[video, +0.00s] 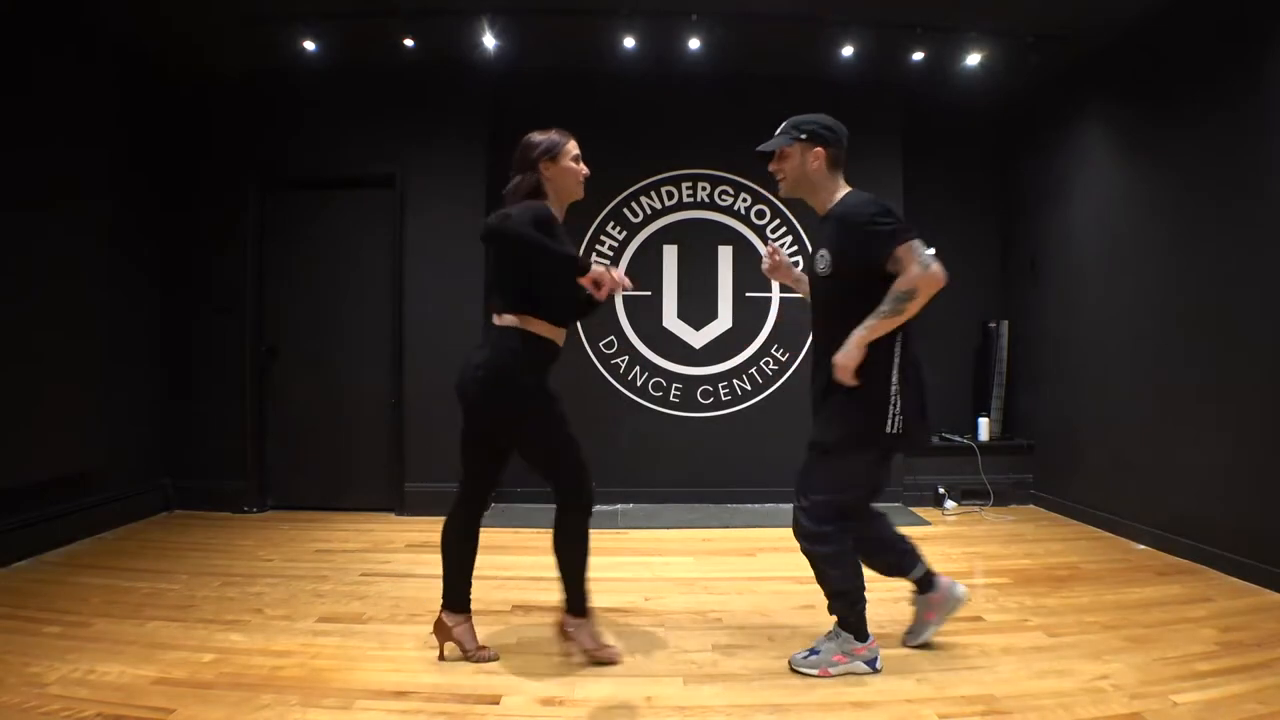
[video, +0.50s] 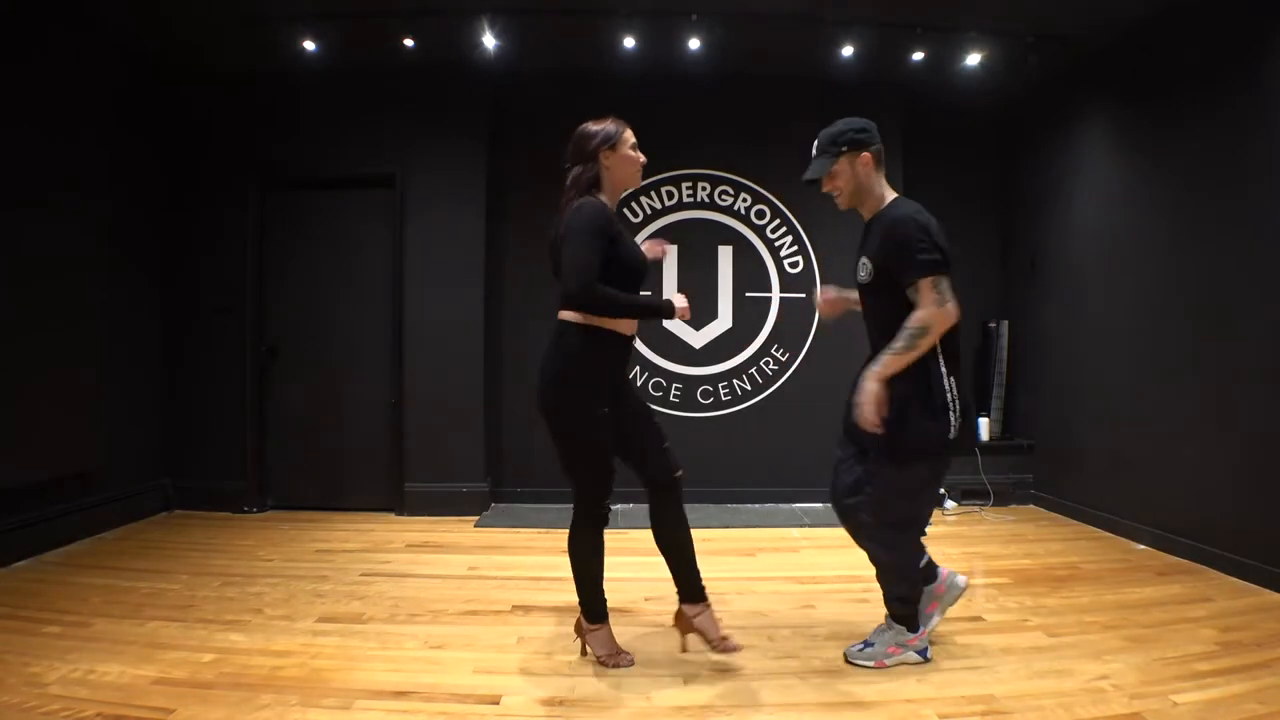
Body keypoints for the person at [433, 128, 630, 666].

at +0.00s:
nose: (585, 169)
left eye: (583, 160)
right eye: (575, 160)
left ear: (556, 172)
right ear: (544, 169)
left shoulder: (551, 230)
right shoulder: (526, 214)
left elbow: (562, 312)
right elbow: (497, 230)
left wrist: (595, 291)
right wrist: (582, 273)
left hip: (510, 369)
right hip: (511, 370)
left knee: (473, 494)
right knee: (575, 488)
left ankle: (453, 614)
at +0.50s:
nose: (642, 158)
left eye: (639, 149)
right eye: (632, 149)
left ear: (607, 162)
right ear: (603, 160)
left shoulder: (605, 215)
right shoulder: (587, 215)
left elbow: (604, 275)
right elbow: (579, 289)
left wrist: (638, 252)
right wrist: (664, 307)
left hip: (609, 372)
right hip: (577, 374)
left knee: (665, 479)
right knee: (592, 498)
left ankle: (694, 605)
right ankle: (593, 621)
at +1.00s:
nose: (624, 169)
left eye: (622, 160)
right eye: (614, 160)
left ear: (593, 167)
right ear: (583, 166)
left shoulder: (598, 229)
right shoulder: (558, 224)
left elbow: (593, 322)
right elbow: (590, 298)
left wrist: (619, 382)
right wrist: (641, 254)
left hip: (603, 381)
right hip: (569, 382)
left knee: (644, 503)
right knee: (611, 518)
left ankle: (655, 632)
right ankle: (541, 642)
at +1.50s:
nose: (520, 157)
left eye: (517, 148)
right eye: (509, 148)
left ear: (485, 160)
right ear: (476, 158)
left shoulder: (481, 224)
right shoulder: (467, 215)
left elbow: (520, 282)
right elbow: (484, 249)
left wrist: (571, 252)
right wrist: (553, 223)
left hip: (447, 364)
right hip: (466, 365)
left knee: (442, 494)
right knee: (520, 487)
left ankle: (411, 611)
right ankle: (501, 628)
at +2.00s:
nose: (412, 161)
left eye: (419, 155)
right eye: (400, 155)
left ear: (430, 172)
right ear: (381, 173)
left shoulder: (438, 242)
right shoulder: (372, 225)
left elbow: (497, 298)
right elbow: (433, 269)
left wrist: (558, 300)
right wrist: (517, 255)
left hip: (411, 372)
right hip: (362, 367)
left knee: (430, 492)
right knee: (343, 491)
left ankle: (412, 612)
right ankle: (309, 612)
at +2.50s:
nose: (448, 162)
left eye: (453, 155)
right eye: (435, 156)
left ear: (460, 169)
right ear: (413, 174)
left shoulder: (447, 233)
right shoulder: (418, 226)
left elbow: (491, 306)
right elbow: (454, 284)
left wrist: (531, 286)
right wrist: (530, 272)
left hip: (441, 368)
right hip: (414, 367)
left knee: (451, 486)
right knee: (446, 484)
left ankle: (418, 598)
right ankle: (394, 595)